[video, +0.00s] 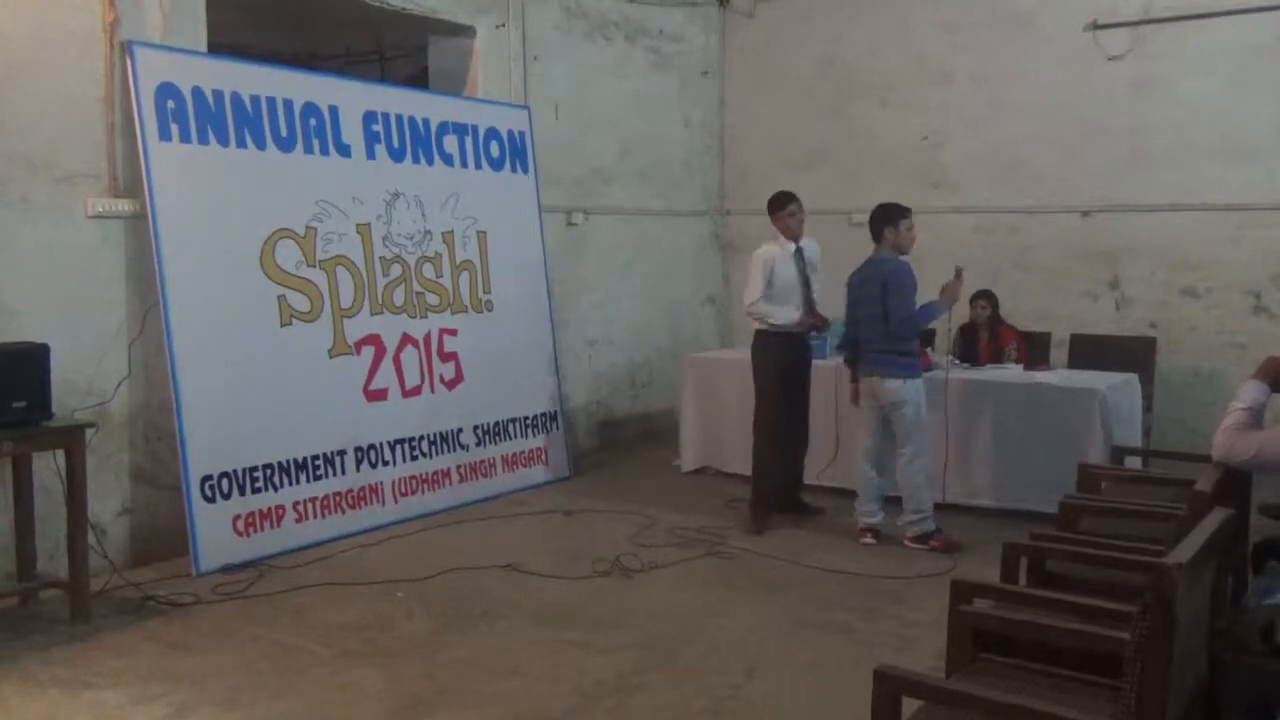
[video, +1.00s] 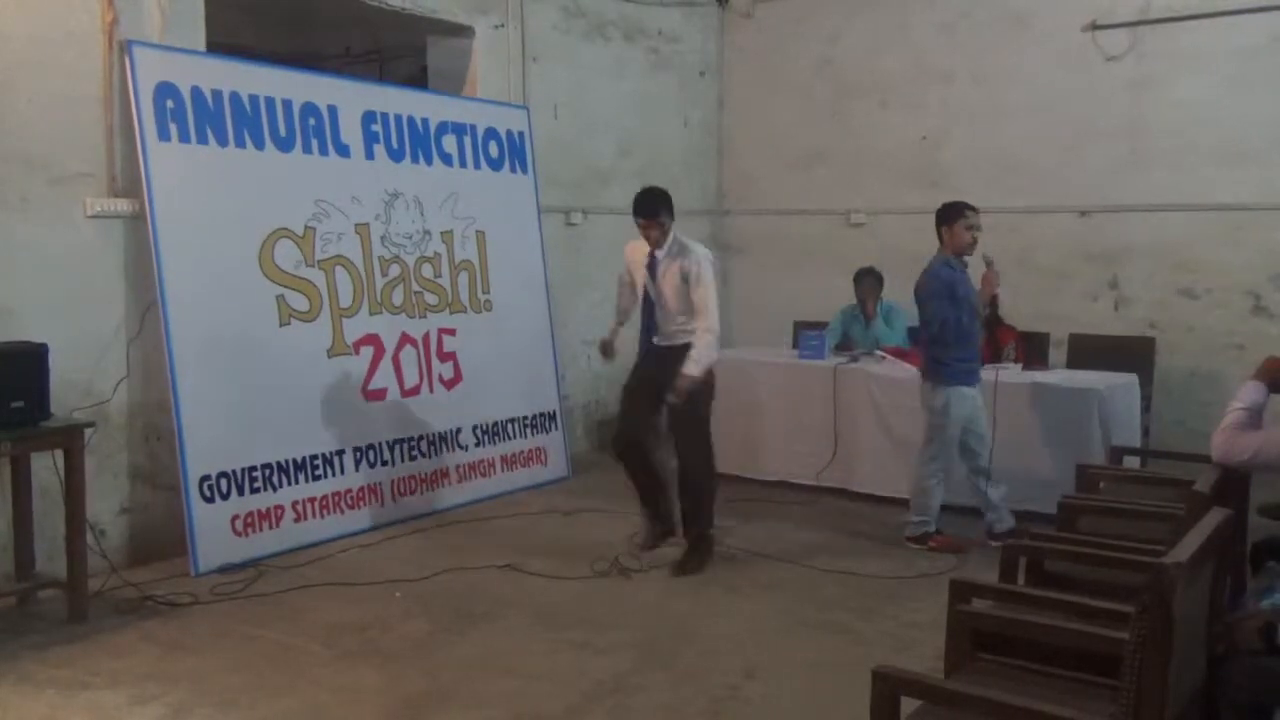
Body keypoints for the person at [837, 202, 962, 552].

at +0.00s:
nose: (914, 236)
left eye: (913, 229)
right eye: (909, 229)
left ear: (883, 234)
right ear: (889, 232)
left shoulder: (858, 275)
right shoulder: (898, 271)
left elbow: (851, 332)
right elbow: (905, 326)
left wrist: (854, 375)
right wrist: (943, 302)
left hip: (870, 377)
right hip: (901, 378)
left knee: (873, 452)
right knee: (913, 452)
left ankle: (868, 524)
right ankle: (920, 527)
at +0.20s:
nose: (931, 234)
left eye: (931, 227)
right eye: (924, 228)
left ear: (900, 235)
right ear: (903, 233)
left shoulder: (878, 273)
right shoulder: (910, 274)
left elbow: (878, 331)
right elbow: (915, 330)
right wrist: (951, 306)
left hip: (884, 375)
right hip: (913, 378)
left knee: (884, 451)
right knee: (920, 454)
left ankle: (870, 522)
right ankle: (920, 527)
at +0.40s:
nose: (943, 235)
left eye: (943, 228)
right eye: (937, 228)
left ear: (915, 233)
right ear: (915, 232)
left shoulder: (898, 272)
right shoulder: (917, 276)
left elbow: (901, 332)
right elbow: (927, 334)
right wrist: (962, 305)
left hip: (902, 375)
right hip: (922, 379)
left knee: (899, 444)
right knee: (926, 452)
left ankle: (876, 510)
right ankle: (920, 527)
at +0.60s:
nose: (952, 234)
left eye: (953, 227)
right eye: (946, 227)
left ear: (931, 232)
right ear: (923, 231)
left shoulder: (928, 271)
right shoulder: (920, 275)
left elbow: (937, 325)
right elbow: (933, 332)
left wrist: (967, 307)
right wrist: (966, 304)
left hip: (933, 377)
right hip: (928, 379)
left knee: (932, 448)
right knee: (931, 451)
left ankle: (910, 514)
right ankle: (920, 529)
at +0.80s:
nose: (963, 234)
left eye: (964, 227)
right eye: (956, 227)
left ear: (950, 232)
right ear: (933, 231)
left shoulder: (943, 272)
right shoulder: (925, 276)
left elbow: (946, 327)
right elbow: (936, 334)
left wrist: (971, 308)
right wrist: (970, 306)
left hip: (950, 379)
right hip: (933, 381)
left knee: (962, 453)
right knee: (933, 455)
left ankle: (961, 521)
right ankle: (919, 528)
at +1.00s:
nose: (976, 236)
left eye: (978, 229)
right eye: (969, 228)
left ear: (968, 233)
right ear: (946, 231)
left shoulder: (959, 274)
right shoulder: (934, 278)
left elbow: (966, 327)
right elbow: (947, 335)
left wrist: (985, 302)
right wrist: (981, 298)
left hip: (966, 382)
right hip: (943, 383)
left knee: (979, 459)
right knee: (937, 458)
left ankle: (1000, 525)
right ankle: (921, 528)